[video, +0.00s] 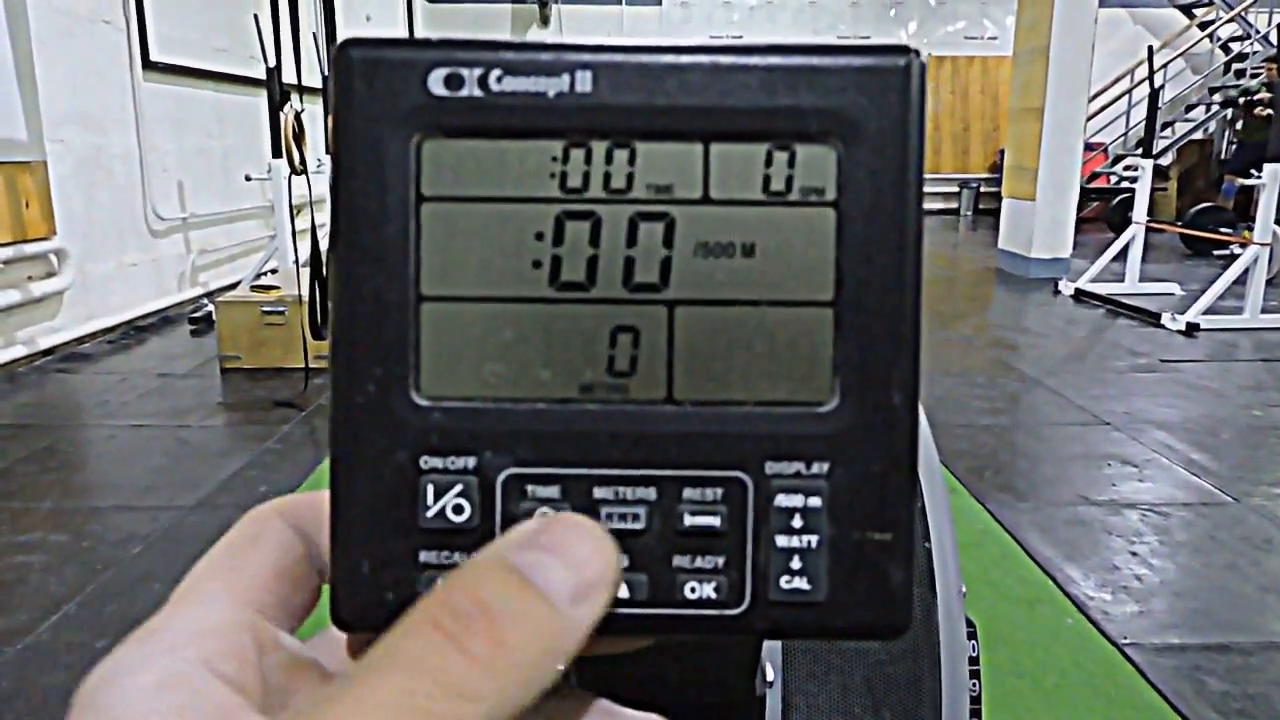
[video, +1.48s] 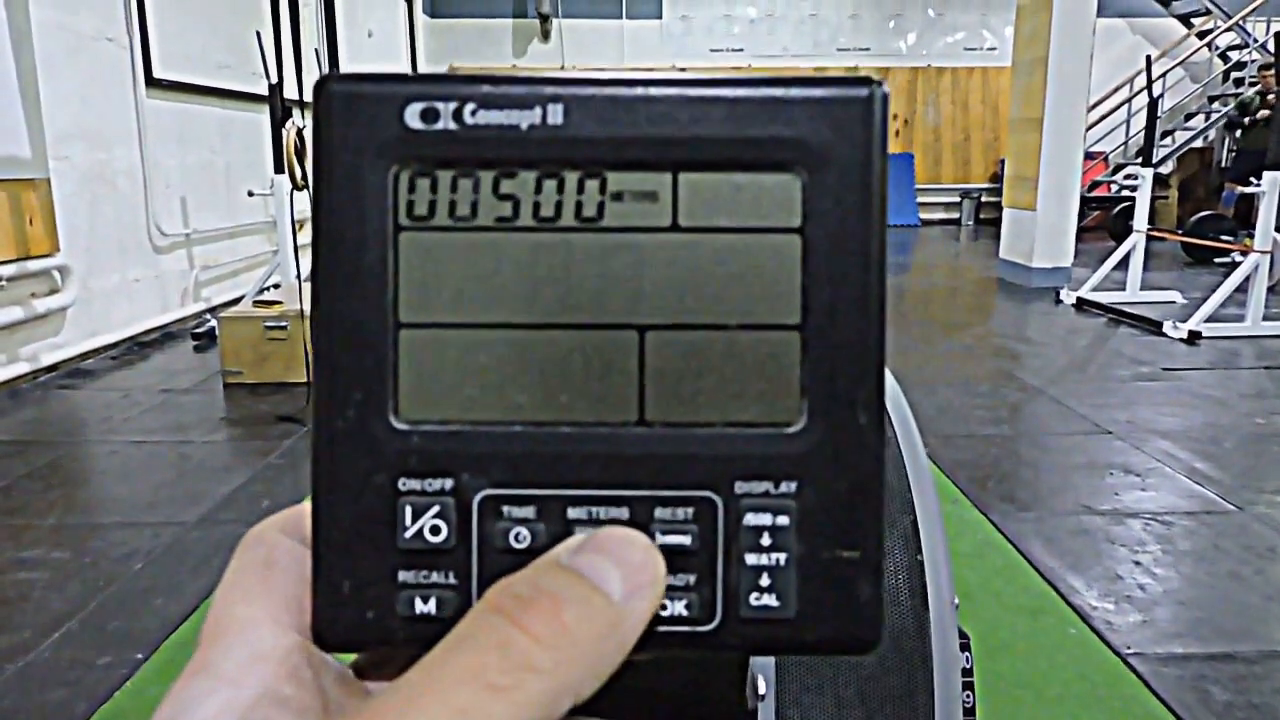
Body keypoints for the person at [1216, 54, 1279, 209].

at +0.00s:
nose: (1269, 73)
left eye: (1272, 69)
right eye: (1266, 69)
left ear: (1279, 70)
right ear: (1264, 70)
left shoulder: (1275, 90)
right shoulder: (1255, 88)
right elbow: (1228, 99)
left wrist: (1271, 99)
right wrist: (1250, 107)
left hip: (1269, 144)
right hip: (1248, 141)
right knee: (1231, 177)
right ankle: (1219, 220)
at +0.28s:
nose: (1269, 73)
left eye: (1273, 69)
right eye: (1267, 69)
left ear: (1279, 70)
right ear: (1264, 70)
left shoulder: (1277, 92)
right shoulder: (1253, 89)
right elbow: (1225, 104)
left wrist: (1274, 107)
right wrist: (1250, 103)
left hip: (1271, 146)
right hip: (1249, 143)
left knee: (1268, 185)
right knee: (1232, 177)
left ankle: (1261, 223)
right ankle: (1221, 219)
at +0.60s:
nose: (1269, 75)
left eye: (1272, 71)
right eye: (1266, 71)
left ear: (1279, 72)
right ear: (1263, 72)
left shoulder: (1276, 93)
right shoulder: (1253, 91)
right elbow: (1226, 108)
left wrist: (1274, 104)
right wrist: (1252, 104)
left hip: (1272, 148)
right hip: (1249, 146)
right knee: (1232, 178)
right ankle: (1222, 221)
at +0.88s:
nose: (1269, 76)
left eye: (1272, 72)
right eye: (1266, 72)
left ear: (1279, 72)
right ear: (1263, 73)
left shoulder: (1276, 93)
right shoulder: (1256, 91)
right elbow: (1227, 109)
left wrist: (1272, 99)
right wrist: (1255, 103)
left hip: (1271, 148)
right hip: (1250, 146)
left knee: (1270, 187)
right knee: (1233, 181)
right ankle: (1222, 223)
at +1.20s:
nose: (1269, 80)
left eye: (1272, 76)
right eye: (1265, 76)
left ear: (1278, 76)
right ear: (1260, 78)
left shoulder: (1277, 98)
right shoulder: (1252, 97)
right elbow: (1227, 116)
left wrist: (1274, 104)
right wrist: (1254, 111)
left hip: (1271, 154)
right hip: (1248, 152)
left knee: (1268, 194)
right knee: (1231, 187)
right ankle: (1220, 228)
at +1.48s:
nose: (1267, 81)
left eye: (1270, 76)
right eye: (1263, 77)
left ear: (1276, 77)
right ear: (1258, 79)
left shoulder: (1276, 99)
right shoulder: (1249, 99)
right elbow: (1230, 122)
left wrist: (1274, 107)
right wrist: (1253, 119)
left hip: (1271, 154)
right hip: (1248, 153)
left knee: (1271, 192)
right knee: (1231, 187)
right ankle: (1221, 228)